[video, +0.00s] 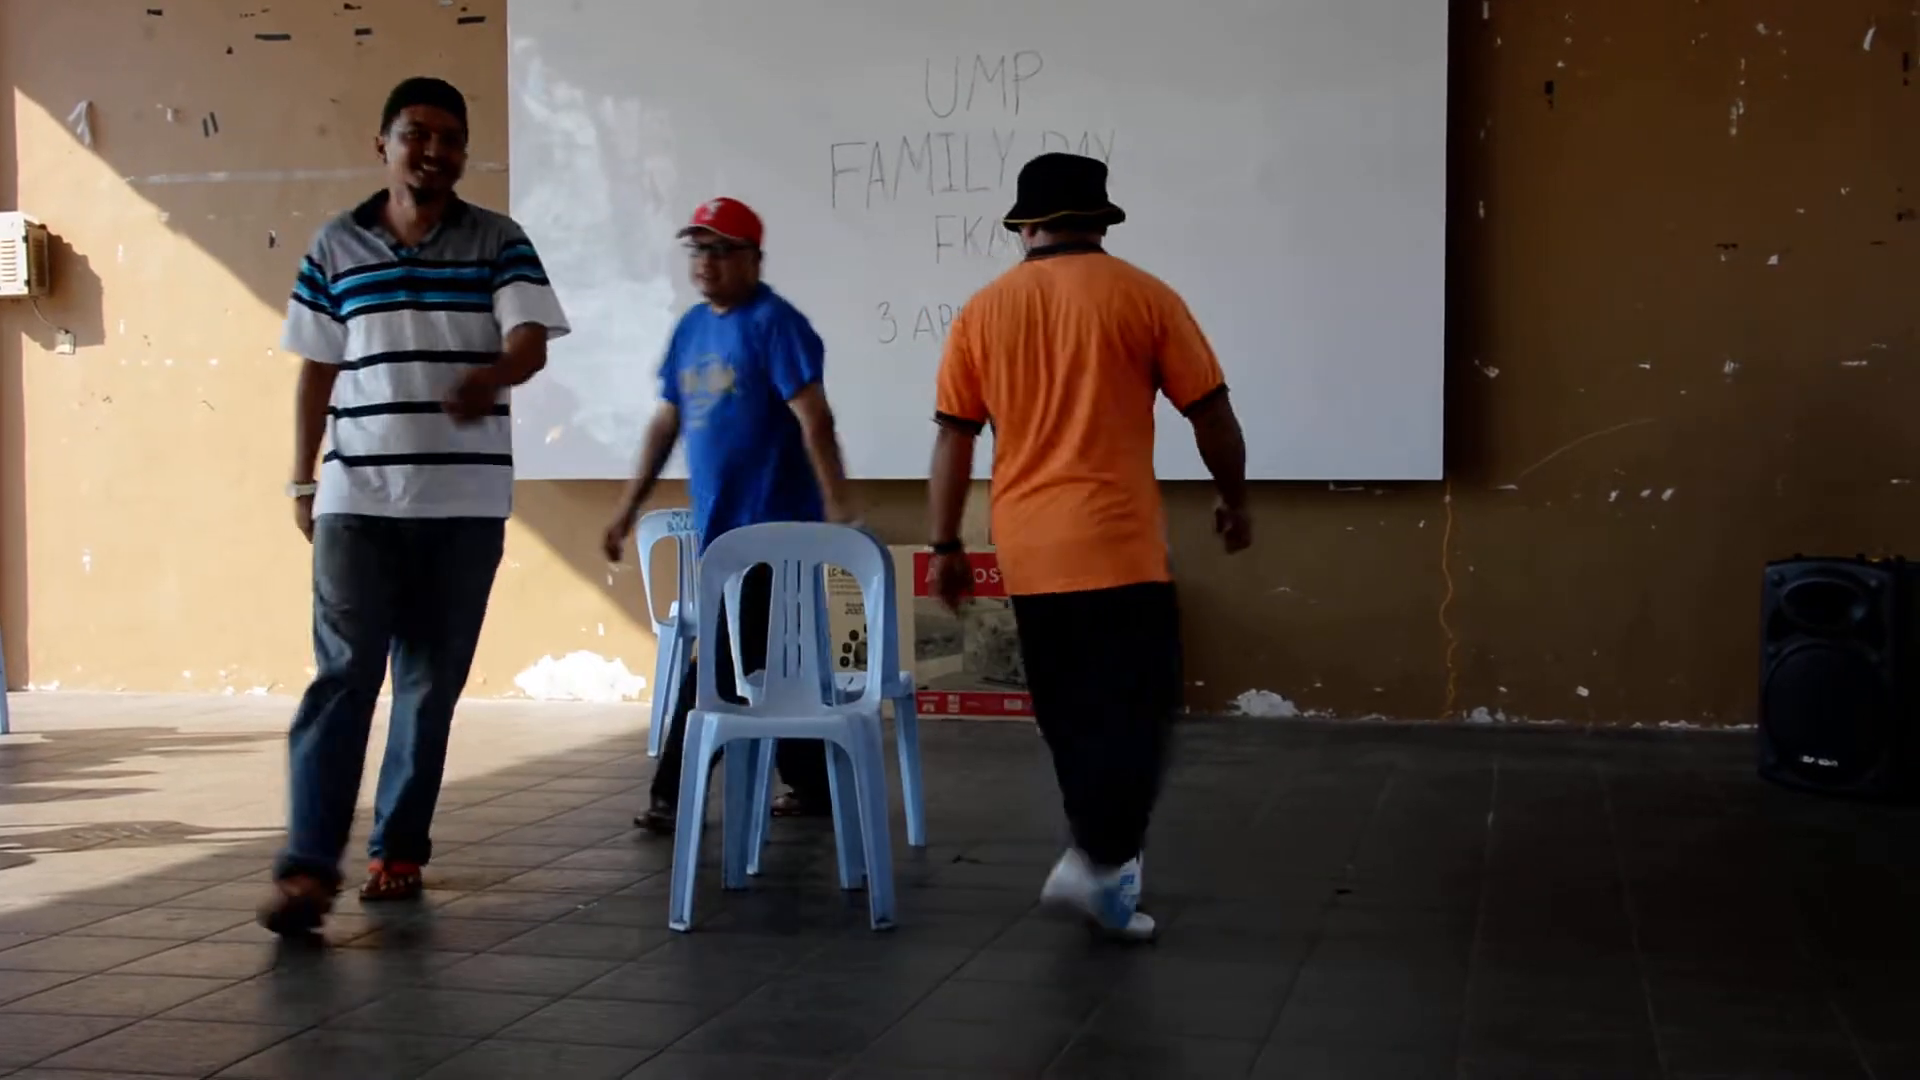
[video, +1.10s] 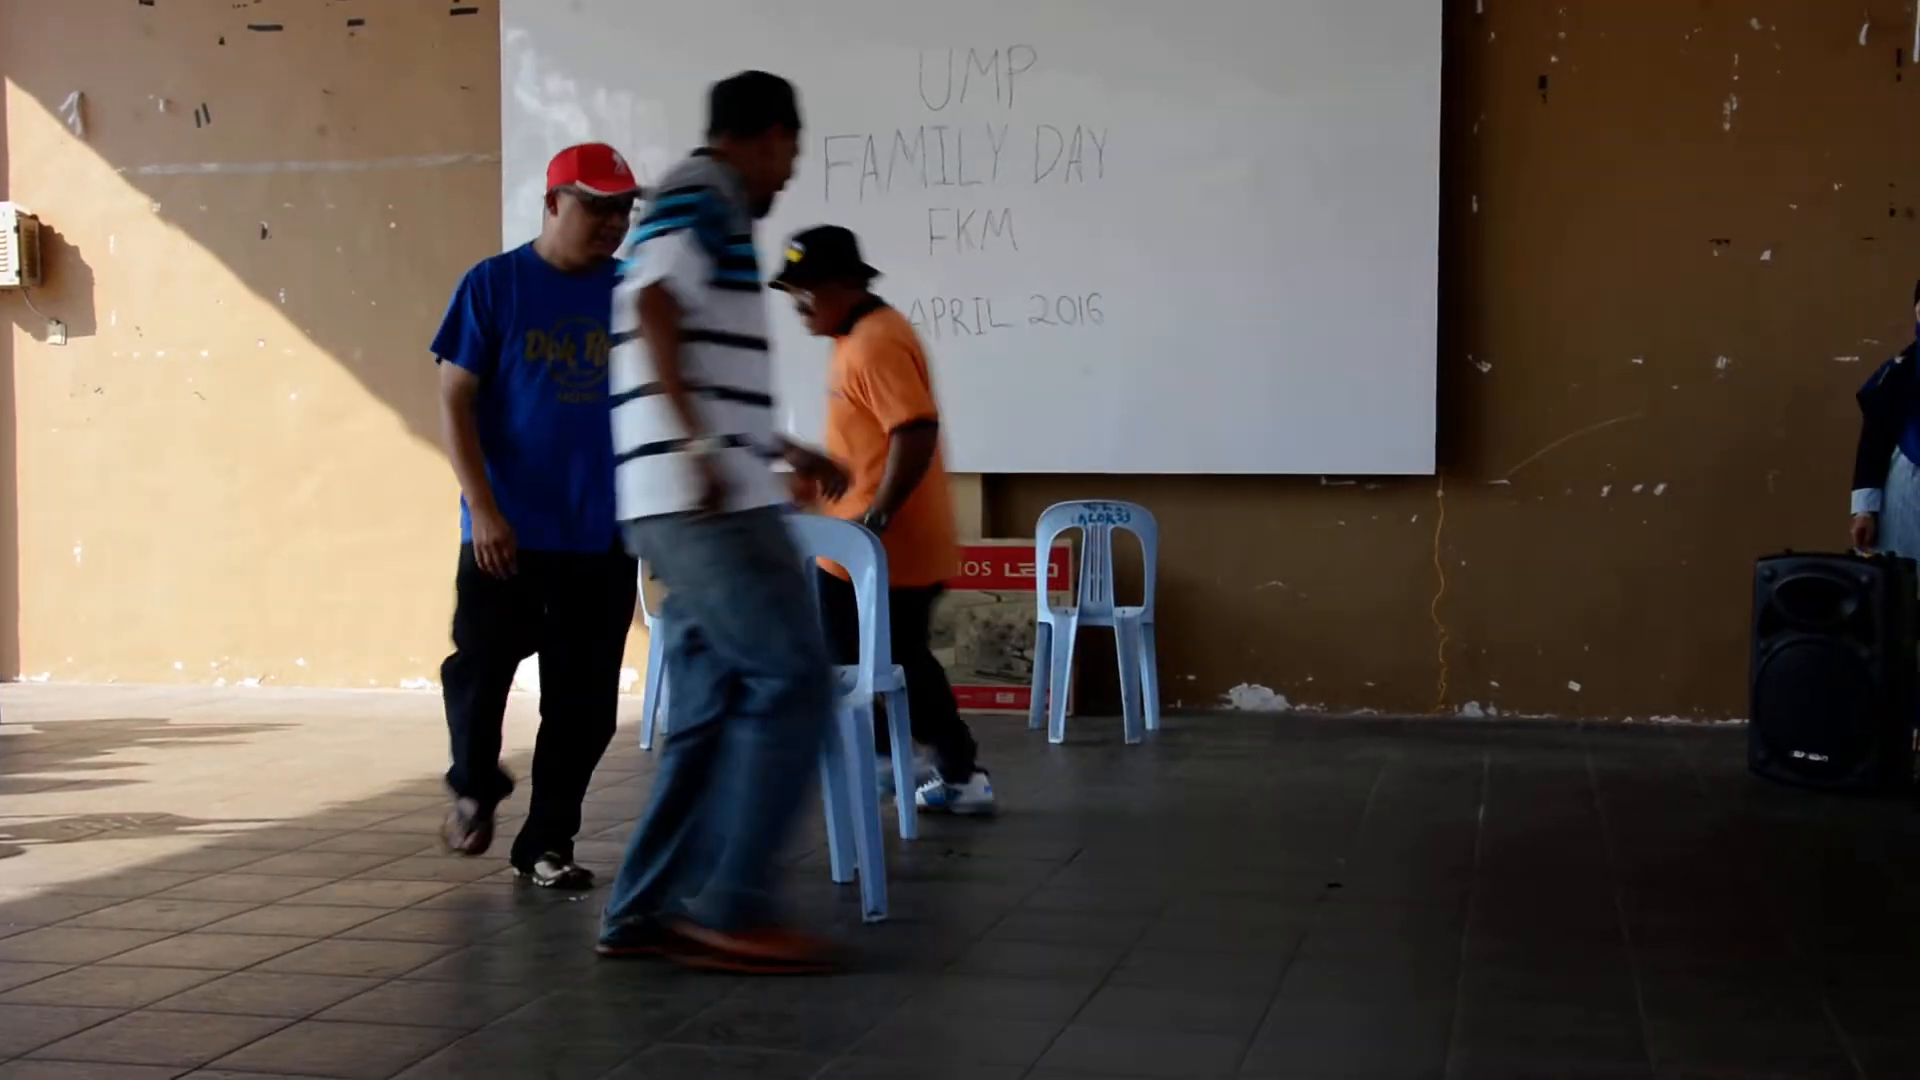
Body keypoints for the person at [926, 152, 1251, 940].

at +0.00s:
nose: (1024, 242)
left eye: (1022, 232)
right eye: (1099, 226)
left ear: (1026, 231)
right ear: (1100, 225)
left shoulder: (985, 311)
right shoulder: (1143, 295)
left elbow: (954, 437)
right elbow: (1211, 413)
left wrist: (944, 547)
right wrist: (1232, 497)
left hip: (1030, 556)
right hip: (1125, 550)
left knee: (1068, 713)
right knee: (1143, 705)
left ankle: (1116, 889)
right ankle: (1089, 860)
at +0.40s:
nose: (1004, 284)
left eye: (1005, 270)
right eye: (1002, 271)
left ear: (1028, 264)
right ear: (1076, 258)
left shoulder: (1008, 333)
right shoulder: (1150, 316)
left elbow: (975, 451)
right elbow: (1213, 409)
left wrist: (976, 517)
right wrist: (1187, 495)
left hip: (1054, 551)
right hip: (1152, 541)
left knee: (1062, 690)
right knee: (1164, 694)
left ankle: (1107, 800)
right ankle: (1180, 833)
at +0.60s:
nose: (957, 283)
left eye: (959, 269)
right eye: (955, 271)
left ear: (988, 261)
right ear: (1026, 255)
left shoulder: (987, 323)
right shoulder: (1102, 310)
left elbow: (986, 419)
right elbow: (1134, 409)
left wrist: (984, 510)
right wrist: (1077, 453)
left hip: (1028, 539)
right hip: (1117, 533)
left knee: (1023, 678)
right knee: (1120, 659)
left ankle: (1056, 804)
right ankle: (1171, 777)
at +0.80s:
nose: (899, 302)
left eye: (903, 287)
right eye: (896, 289)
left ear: (933, 277)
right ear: (961, 272)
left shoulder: (944, 338)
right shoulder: (1023, 322)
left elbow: (939, 441)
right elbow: (1069, 407)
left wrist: (887, 489)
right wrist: (1035, 473)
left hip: (981, 542)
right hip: (1045, 532)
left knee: (989, 679)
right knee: (1020, 652)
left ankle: (1046, 803)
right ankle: (1080, 757)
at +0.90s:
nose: (867, 292)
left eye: (872, 278)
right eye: (864, 280)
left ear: (903, 269)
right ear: (928, 264)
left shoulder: (916, 328)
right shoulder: (987, 311)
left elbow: (914, 428)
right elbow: (1036, 388)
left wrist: (854, 470)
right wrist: (1007, 454)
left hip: (952, 532)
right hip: (1008, 521)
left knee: (957, 665)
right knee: (976, 656)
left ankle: (1041, 781)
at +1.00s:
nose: (835, 305)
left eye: (842, 291)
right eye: (832, 294)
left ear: (875, 284)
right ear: (890, 284)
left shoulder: (897, 341)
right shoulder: (940, 329)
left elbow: (910, 439)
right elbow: (975, 412)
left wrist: (856, 506)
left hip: (924, 545)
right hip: (967, 538)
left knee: (913, 662)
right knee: (939, 660)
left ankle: (975, 759)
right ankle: (970, 770)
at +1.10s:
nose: (799, 306)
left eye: (806, 292)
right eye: (795, 294)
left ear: (841, 285)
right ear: (842, 288)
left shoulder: (876, 339)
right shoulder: (857, 339)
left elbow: (915, 434)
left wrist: (872, 518)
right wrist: (827, 475)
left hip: (895, 545)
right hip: (880, 539)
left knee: (900, 660)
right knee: (902, 660)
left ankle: (962, 770)